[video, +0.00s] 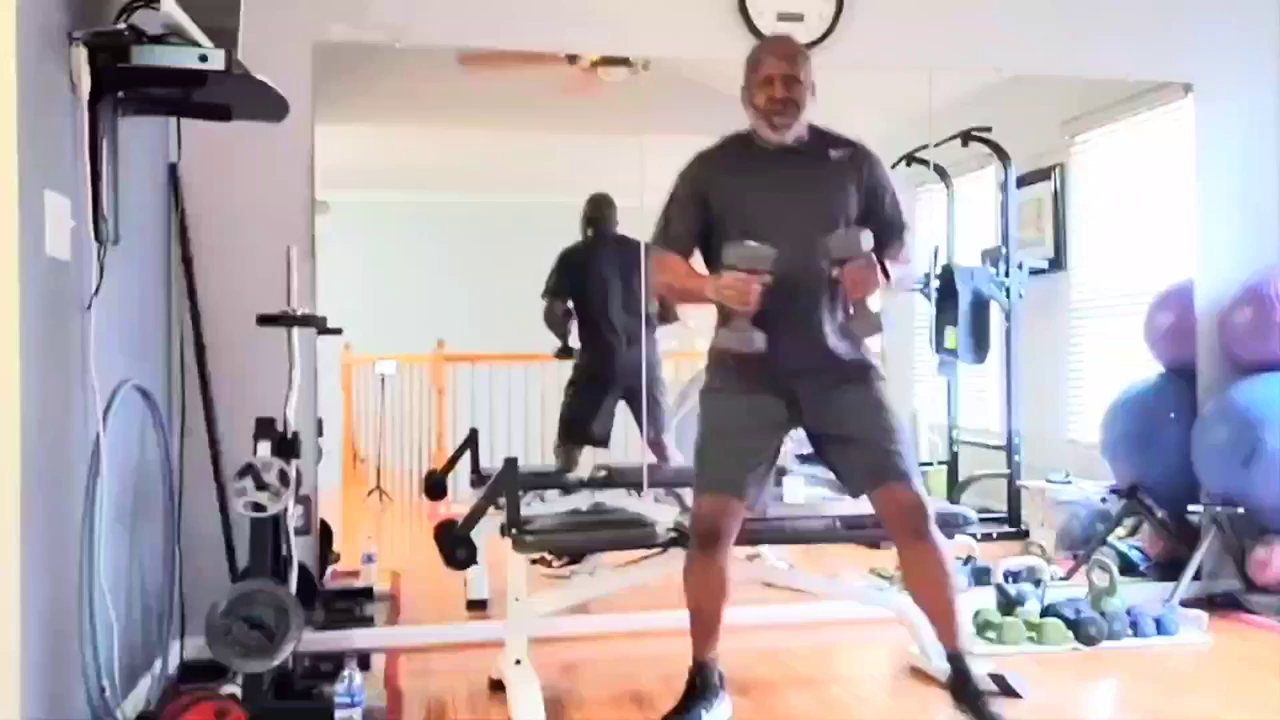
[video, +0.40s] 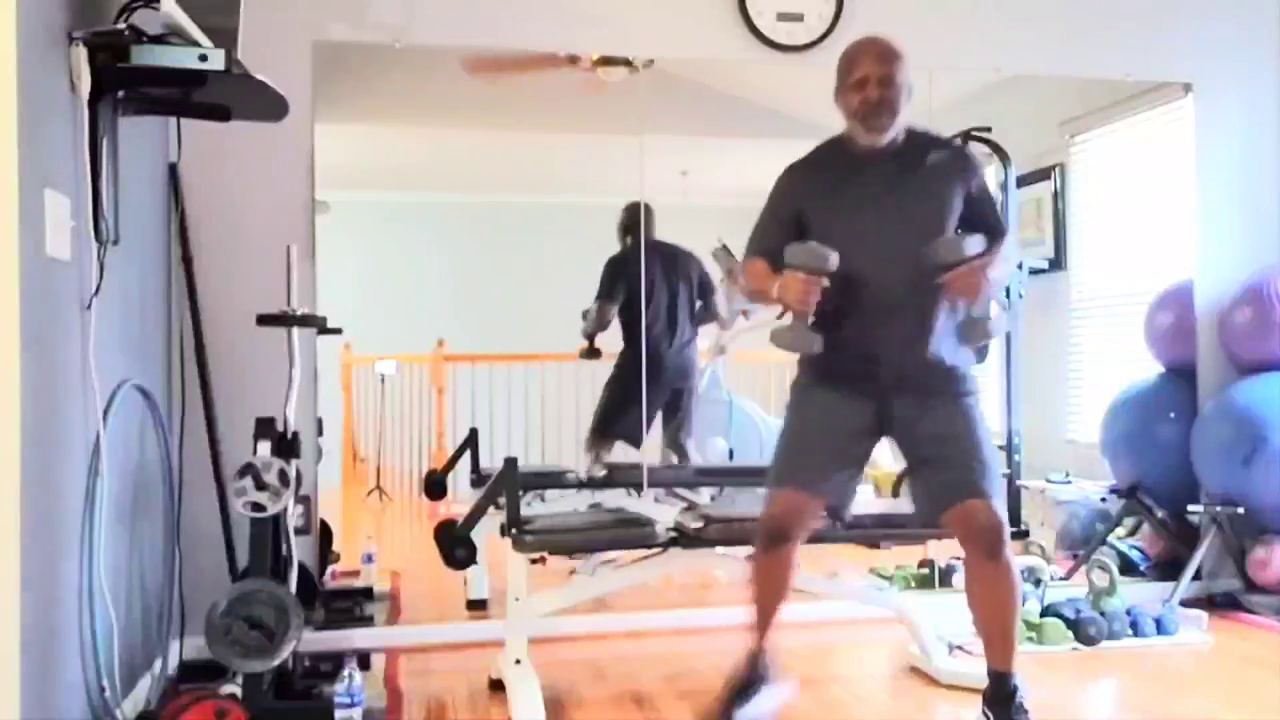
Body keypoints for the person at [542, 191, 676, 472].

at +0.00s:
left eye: (588, 219)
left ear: (586, 220)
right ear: (616, 219)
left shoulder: (573, 257)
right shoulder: (643, 252)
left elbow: (554, 313)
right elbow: (669, 312)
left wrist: (565, 339)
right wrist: (642, 322)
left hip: (597, 363)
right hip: (642, 361)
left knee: (569, 447)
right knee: (661, 441)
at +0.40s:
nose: (618, 233)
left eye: (620, 228)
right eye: (620, 227)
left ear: (625, 228)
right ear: (651, 227)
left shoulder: (622, 262)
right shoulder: (688, 259)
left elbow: (603, 319)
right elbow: (713, 312)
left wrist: (589, 327)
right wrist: (681, 322)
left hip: (640, 366)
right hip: (684, 367)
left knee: (600, 442)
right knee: (678, 444)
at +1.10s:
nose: (609, 260)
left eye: (609, 256)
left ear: (609, 259)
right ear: (636, 258)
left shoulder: (601, 294)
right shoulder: (664, 289)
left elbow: (582, 347)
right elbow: (681, 335)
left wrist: (580, 366)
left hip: (624, 392)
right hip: (668, 390)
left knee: (567, 454)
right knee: (675, 459)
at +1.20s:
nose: (589, 255)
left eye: (590, 251)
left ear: (591, 254)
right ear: (618, 254)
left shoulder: (583, 289)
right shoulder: (649, 286)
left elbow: (562, 347)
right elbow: (665, 343)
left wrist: (564, 362)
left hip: (608, 386)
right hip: (653, 386)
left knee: (554, 455)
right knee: (662, 461)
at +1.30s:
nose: (574, 235)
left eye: (574, 230)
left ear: (574, 232)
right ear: (602, 231)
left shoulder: (566, 266)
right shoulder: (632, 264)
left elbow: (548, 315)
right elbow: (655, 316)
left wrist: (549, 346)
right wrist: (622, 324)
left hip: (588, 364)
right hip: (629, 364)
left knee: (553, 441)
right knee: (642, 439)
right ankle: (674, 498)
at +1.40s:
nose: (561, 219)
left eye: (561, 215)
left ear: (563, 215)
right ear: (592, 213)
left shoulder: (559, 243)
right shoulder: (620, 243)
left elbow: (546, 294)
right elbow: (637, 298)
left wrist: (531, 321)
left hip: (576, 345)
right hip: (617, 346)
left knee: (553, 424)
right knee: (617, 423)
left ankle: (551, 477)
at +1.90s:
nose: (550, 224)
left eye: (550, 219)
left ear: (552, 220)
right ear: (581, 218)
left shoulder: (547, 250)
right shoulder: (608, 248)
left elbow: (527, 297)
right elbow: (634, 307)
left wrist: (528, 335)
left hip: (572, 348)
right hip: (612, 348)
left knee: (546, 431)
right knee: (617, 426)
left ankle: (545, 491)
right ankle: (636, 477)